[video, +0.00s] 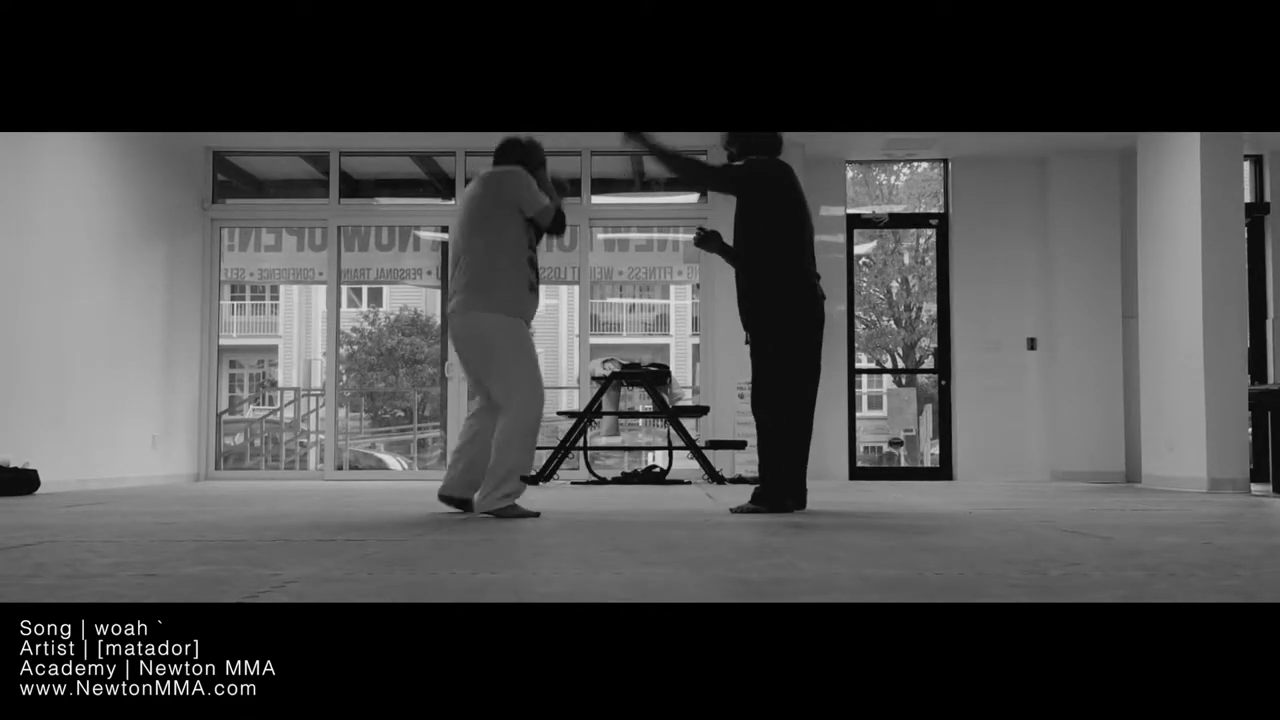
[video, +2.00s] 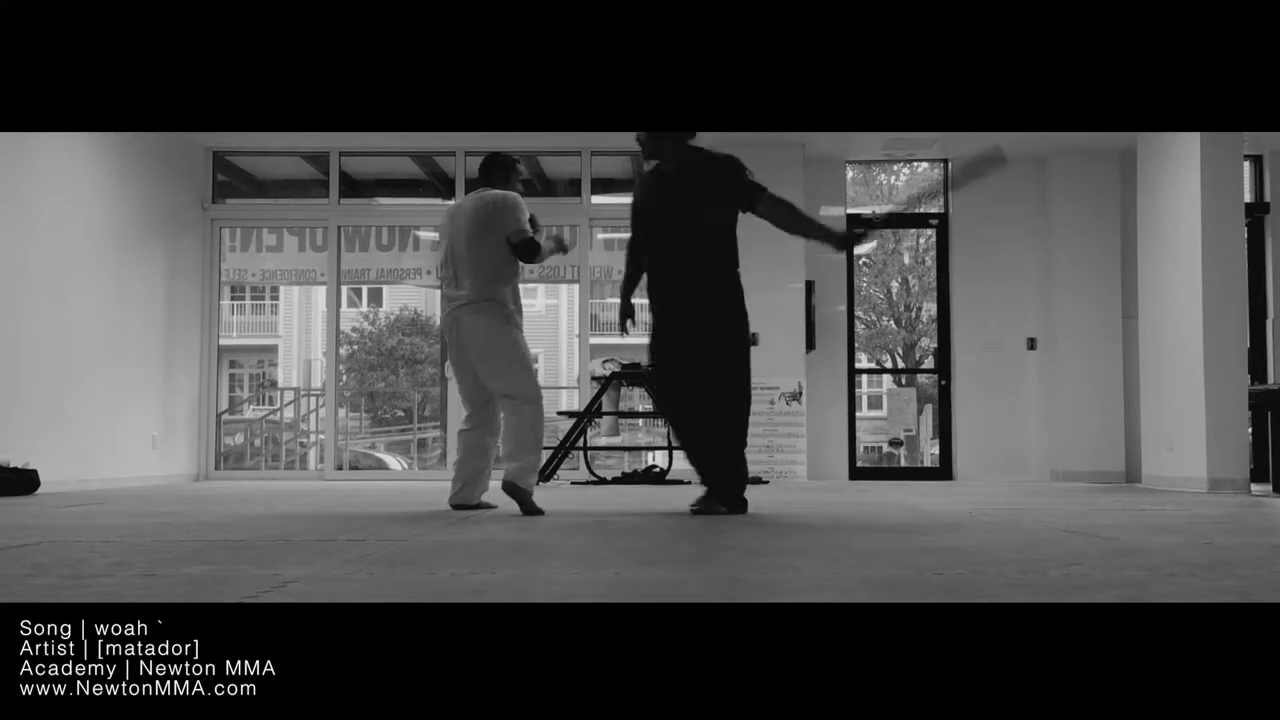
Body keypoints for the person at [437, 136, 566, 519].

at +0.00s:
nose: (543, 180)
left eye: (542, 173)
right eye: (541, 173)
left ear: (502, 161)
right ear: (529, 167)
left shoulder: (477, 189)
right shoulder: (513, 179)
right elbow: (556, 223)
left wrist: (543, 209)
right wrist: (549, 191)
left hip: (466, 314)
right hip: (494, 313)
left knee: (489, 400)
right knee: (525, 399)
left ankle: (458, 486)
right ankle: (498, 498)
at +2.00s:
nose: (520, 187)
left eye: (521, 181)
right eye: (518, 181)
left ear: (484, 178)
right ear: (503, 177)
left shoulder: (454, 211)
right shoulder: (508, 200)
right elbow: (527, 251)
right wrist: (553, 245)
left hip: (454, 321)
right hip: (490, 317)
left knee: (480, 409)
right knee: (523, 397)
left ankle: (465, 494)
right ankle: (520, 479)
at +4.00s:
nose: (503, 223)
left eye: (509, 215)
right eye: (498, 217)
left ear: (524, 215)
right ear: (492, 220)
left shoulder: (544, 239)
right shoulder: (493, 250)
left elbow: (564, 276)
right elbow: (478, 294)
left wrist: (530, 249)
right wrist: (491, 265)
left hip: (560, 347)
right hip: (517, 353)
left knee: (579, 415)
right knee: (488, 414)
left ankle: (616, 489)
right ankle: (490, 492)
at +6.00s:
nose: (497, 185)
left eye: (502, 177)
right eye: (498, 178)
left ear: (523, 174)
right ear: (522, 176)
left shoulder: (557, 193)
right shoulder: (528, 216)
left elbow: (528, 241)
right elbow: (504, 276)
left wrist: (503, 204)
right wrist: (487, 230)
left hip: (565, 320)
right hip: (534, 327)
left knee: (542, 402)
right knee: (525, 409)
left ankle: (553, 498)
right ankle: (543, 493)